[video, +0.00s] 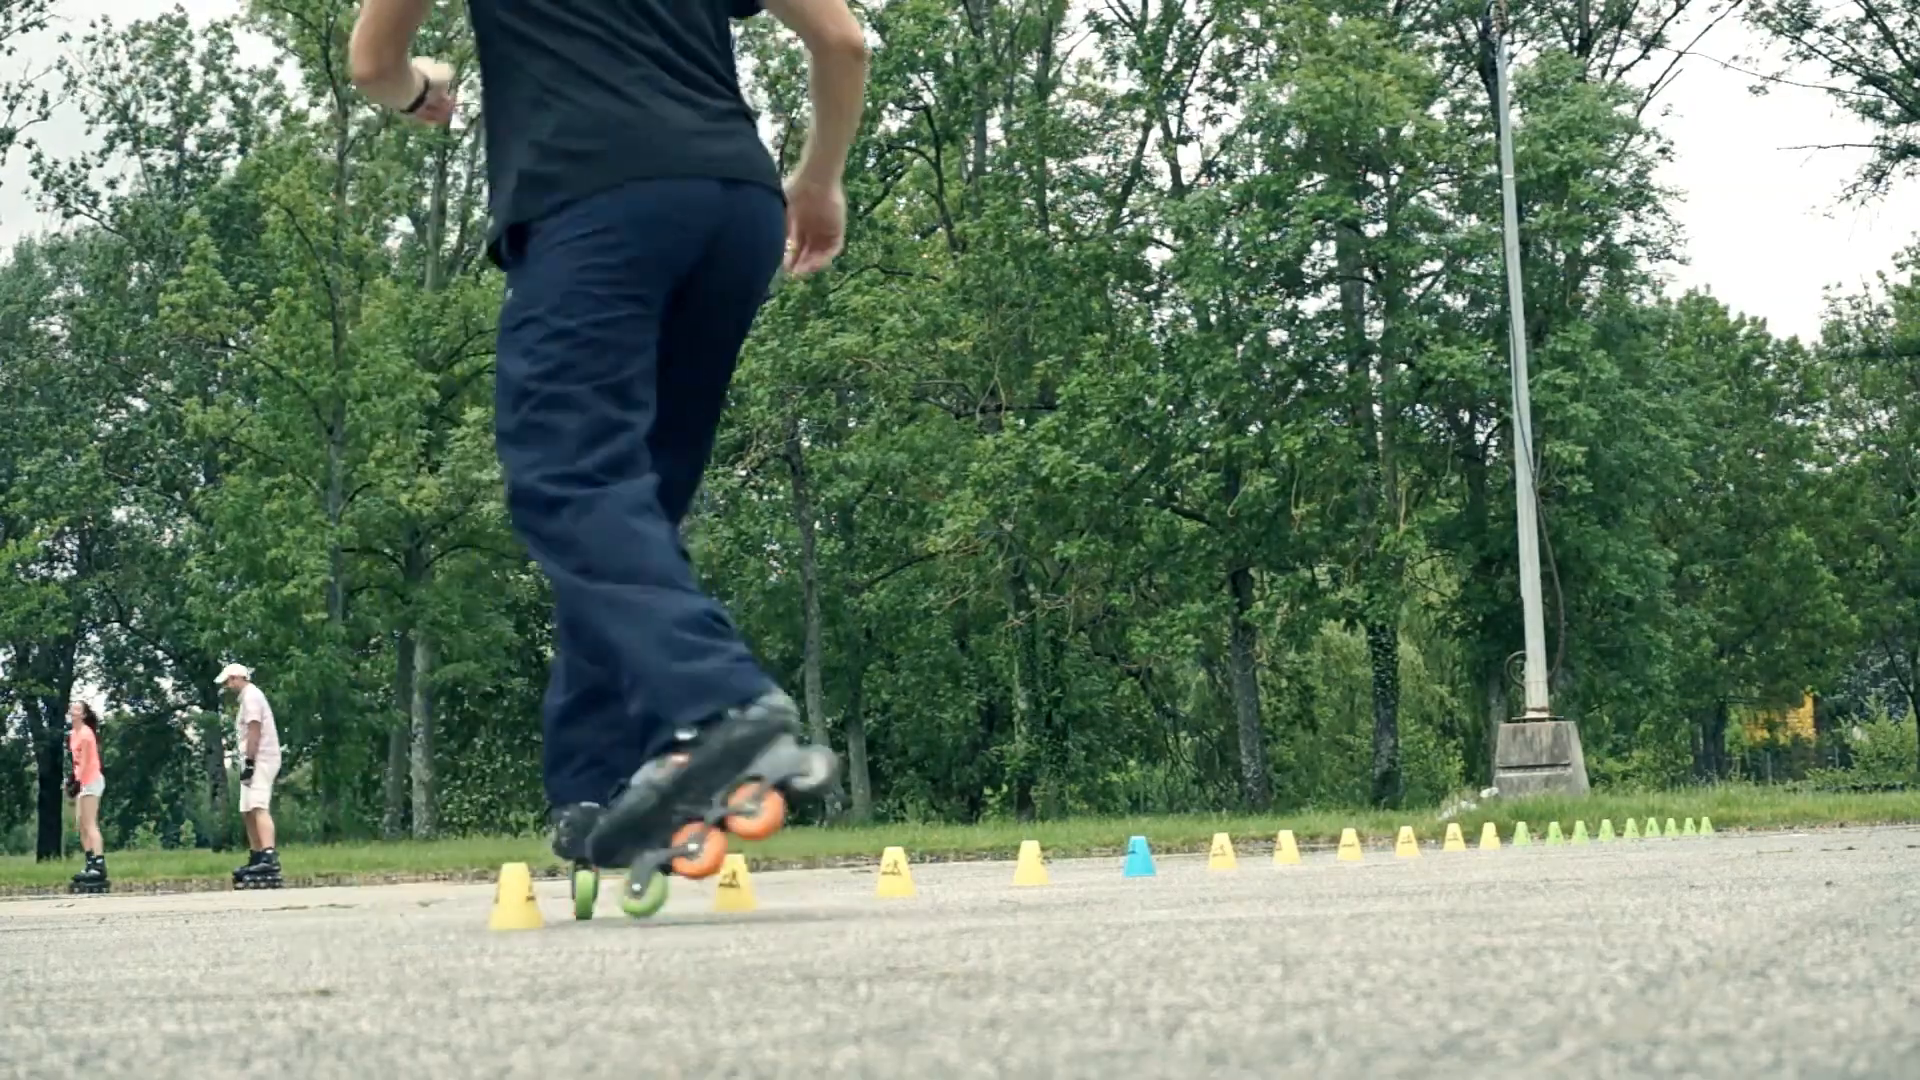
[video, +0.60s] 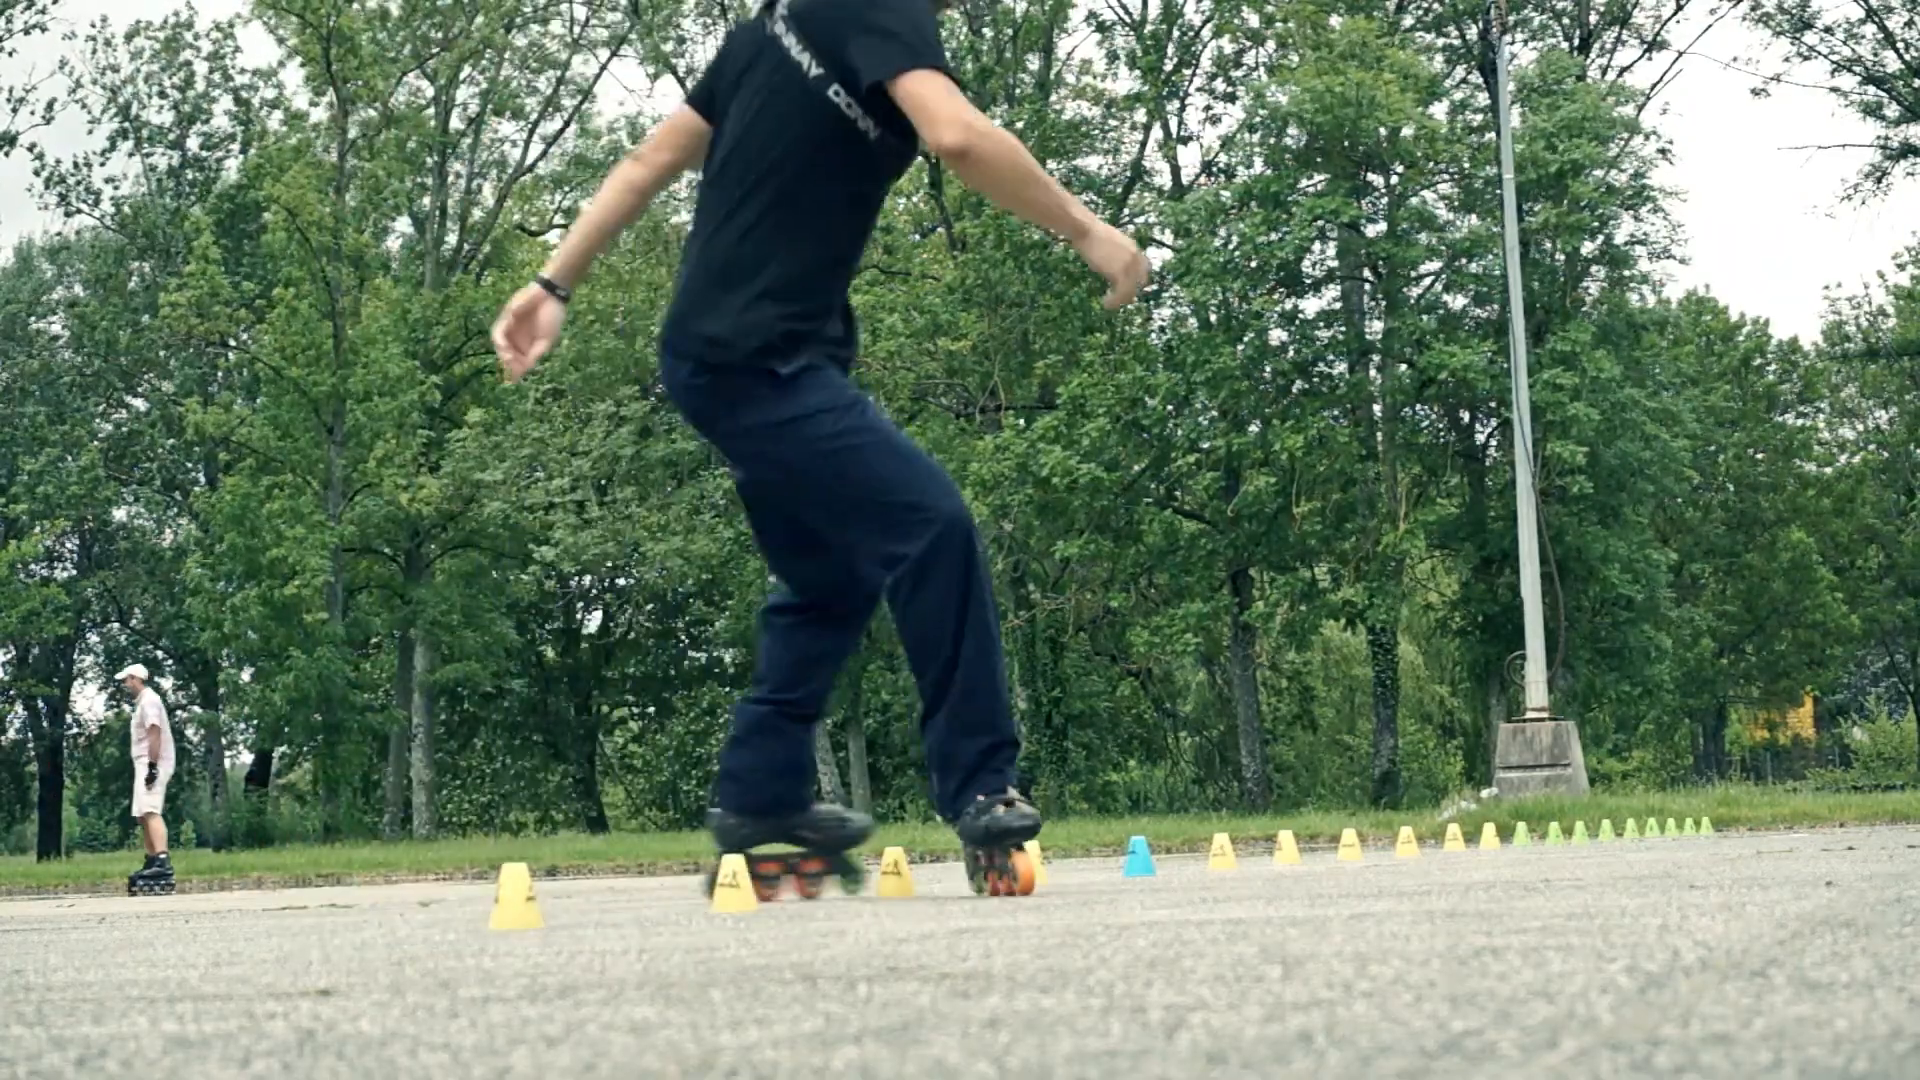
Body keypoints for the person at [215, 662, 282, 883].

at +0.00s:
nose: (227, 686)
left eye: (228, 681)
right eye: (226, 682)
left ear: (238, 677)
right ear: (236, 679)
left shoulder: (251, 695)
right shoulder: (247, 697)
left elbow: (254, 728)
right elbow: (251, 731)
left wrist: (249, 760)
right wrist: (247, 759)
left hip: (263, 756)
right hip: (253, 756)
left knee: (258, 806)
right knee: (247, 809)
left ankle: (268, 854)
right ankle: (256, 855)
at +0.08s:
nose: (212, 687)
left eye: (214, 682)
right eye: (211, 683)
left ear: (225, 678)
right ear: (221, 680)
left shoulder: (237, 696)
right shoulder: (231, 699)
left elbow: (240, 729)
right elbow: (236, 732)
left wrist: (234, 761)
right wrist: (229, 760)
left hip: (248, 756)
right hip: (237, 757)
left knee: (244, 806)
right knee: (233, 808)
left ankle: (254, 855)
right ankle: (242, 855)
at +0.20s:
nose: (192, 686)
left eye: (194, 681)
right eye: (191, 682)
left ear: (203, 678)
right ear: (201, 679)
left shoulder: (215, 696)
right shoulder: (210, 698)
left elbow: (220, 729)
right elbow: (217, 731)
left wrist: (212, 760)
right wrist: (209, 759)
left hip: (227, 758)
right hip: (217, 759)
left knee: (223, 807)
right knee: (212, 810)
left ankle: (234, 857)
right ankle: (220, 856)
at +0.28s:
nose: (179, 685)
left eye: (181, 680)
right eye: (178, 682)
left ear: (190, 678)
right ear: (188, 680)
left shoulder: (203, 696)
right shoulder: (197, 699)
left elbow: (207, 730)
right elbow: (202, 730)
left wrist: (198, 759)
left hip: (213, 758)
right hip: (203, 758)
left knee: (209, 806)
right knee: (197, 809)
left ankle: (220, 857)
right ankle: (207, 856)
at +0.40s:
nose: (157, 686)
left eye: (159, 681)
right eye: (156, 682)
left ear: (170, 679)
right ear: (168, 680)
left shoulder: (182, 698)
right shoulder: (177, 699)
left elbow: (187, 731)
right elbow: (184, 732)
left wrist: (179, 761)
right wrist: (175, 759)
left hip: (191, 760)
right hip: (181, 761)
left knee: (187, 809)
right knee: (177, 811)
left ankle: (197, 858)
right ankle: (185, 857)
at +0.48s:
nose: (145, 685)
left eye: (147, 680)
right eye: (144, 681)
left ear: (158, 679)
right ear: (154, 681)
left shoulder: (169, 699)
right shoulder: (163, 700)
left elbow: (175, 731)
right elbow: (170, 734)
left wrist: (168, 762)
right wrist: (163, 762)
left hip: (176, 760)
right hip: (166, 761)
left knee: (172, 810)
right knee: (163, 812)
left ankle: (182, 859)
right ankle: (171, 858)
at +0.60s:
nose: (124, 685)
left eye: (127, 680)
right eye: (124, 681)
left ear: (137, 679)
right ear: (134, 681)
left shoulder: (149, 699)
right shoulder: (143, 701)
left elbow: (154, 732)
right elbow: (149, 735)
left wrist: (152, 764)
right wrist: (144, 763)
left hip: (153, 761)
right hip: (144, 760)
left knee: (150, 811)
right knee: (143, 813)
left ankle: (162, 860)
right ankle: (152, 859)